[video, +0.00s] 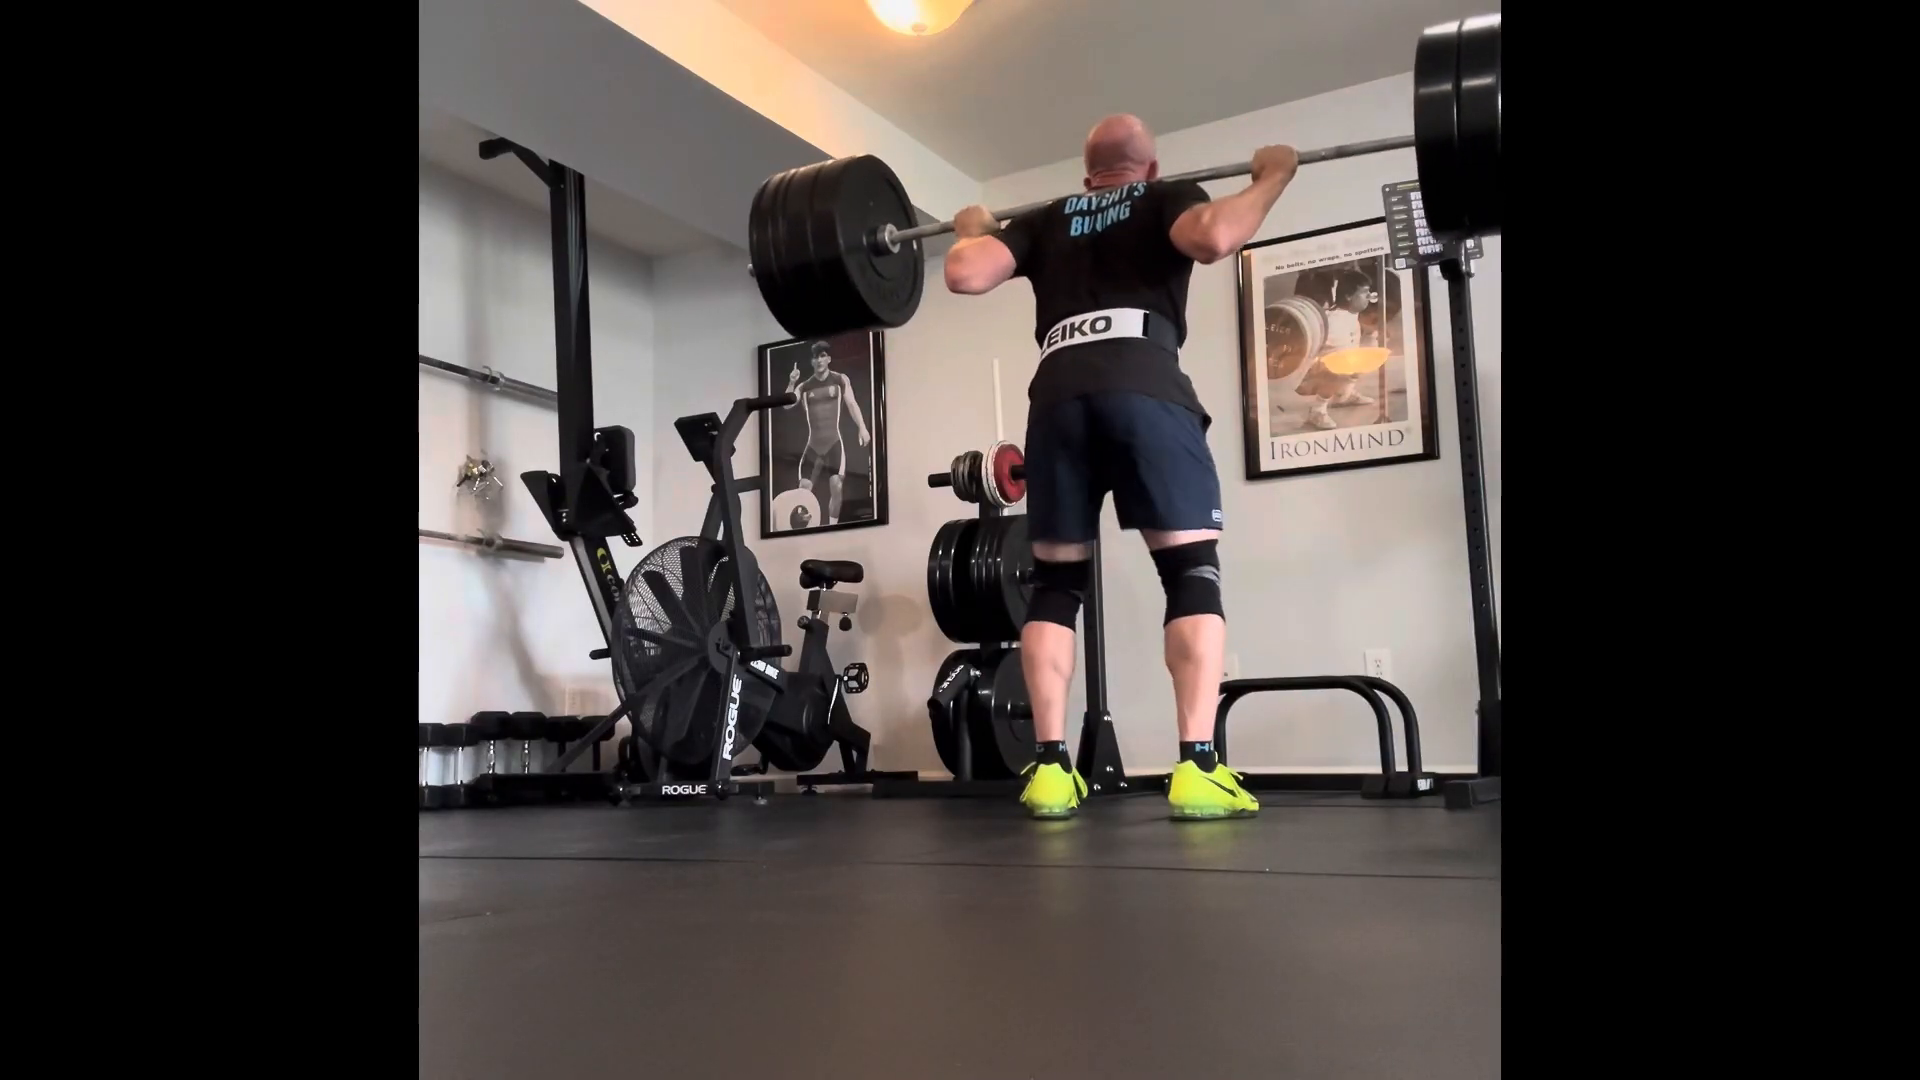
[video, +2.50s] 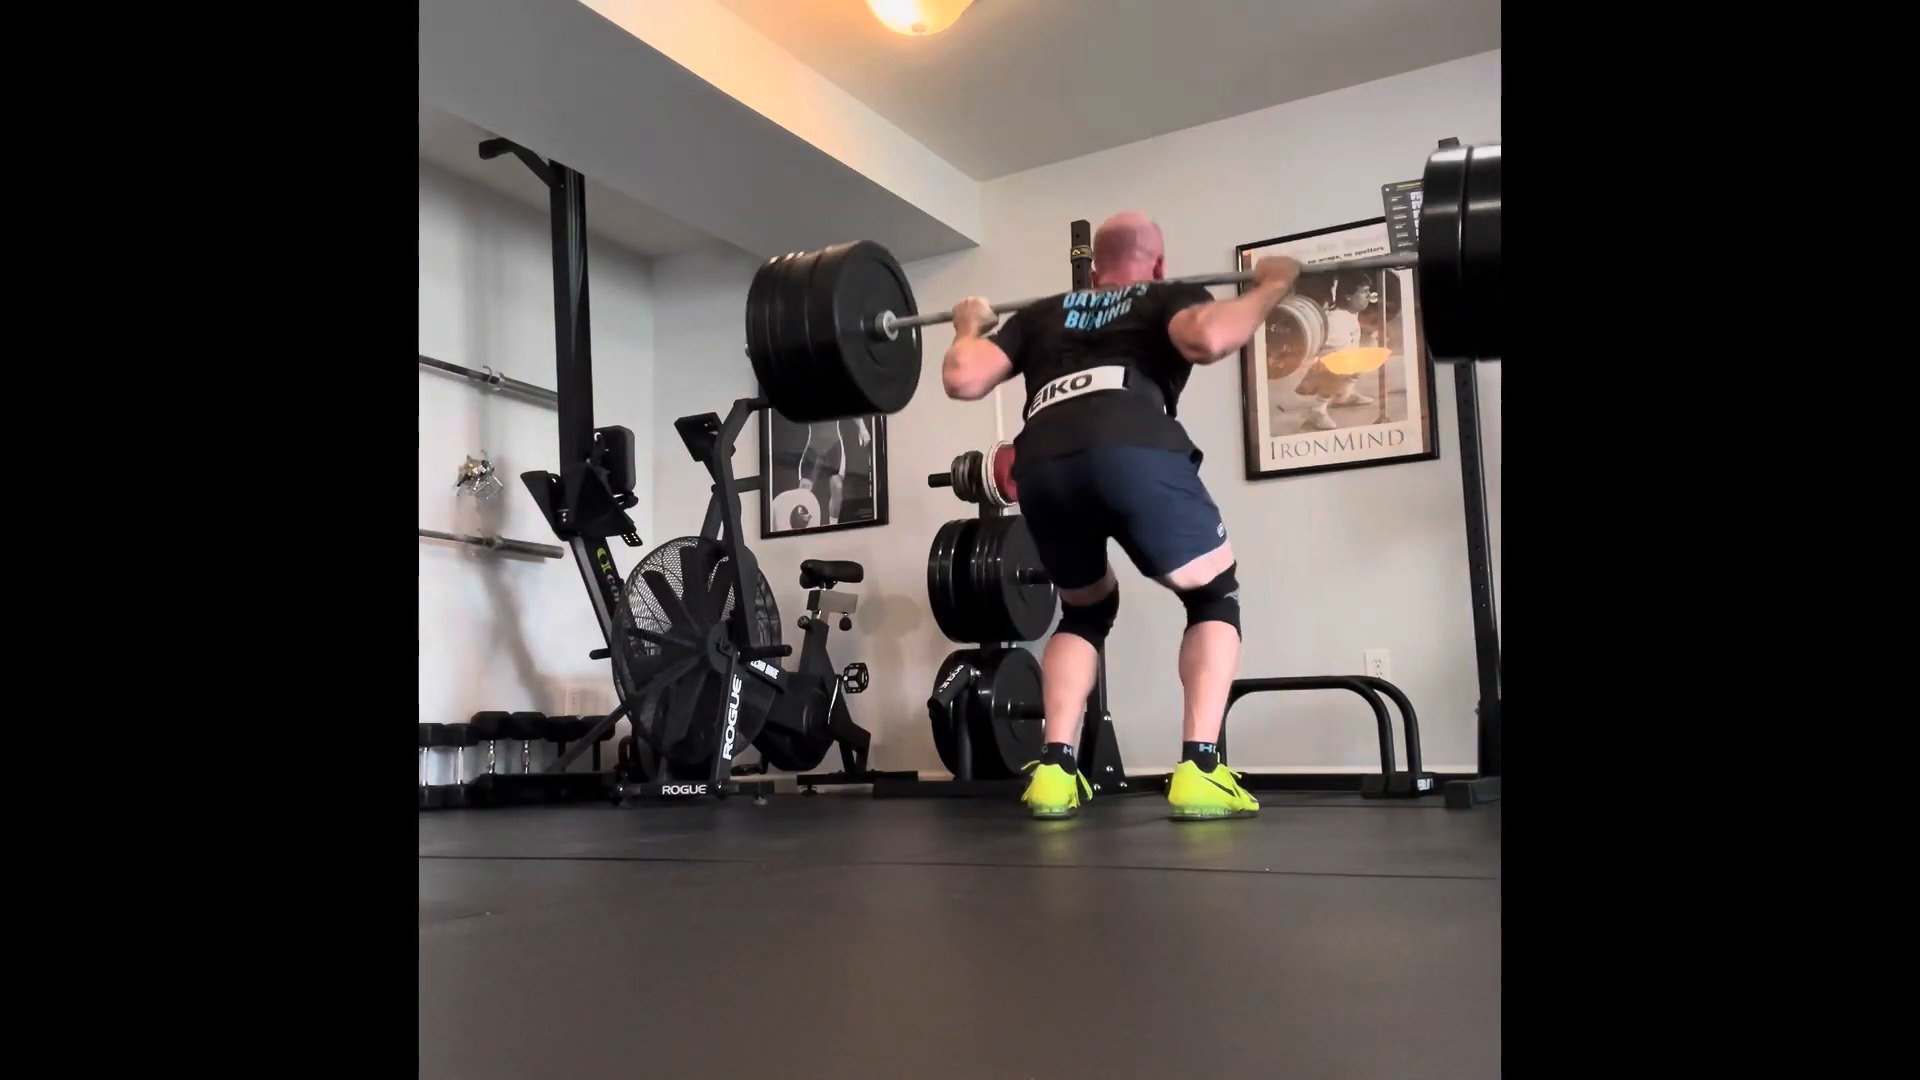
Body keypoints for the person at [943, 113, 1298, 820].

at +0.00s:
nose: (1143, 170)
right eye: (1149, 161)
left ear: (1084, 169)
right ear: (1151, 167)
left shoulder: (1043, 220)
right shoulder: (1164, 198)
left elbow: (963, 273)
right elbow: (1214, 235)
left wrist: (972, 227)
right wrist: (1270, 177)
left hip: (1056, 397)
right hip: (1147, 390)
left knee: (1055, 585)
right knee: (1190, 578)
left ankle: (1051, 764)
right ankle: (1198, 763)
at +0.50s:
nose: (1152, 264)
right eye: (1152, 256)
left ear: (1083, 263)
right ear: (1152, 262)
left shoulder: (1040, 313)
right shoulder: (1165, 291)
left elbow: (957, 374)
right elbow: (1214, 336)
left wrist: (967, 324)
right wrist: (1268, 280)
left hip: (1045, 460)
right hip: (1138, 449)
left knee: (1056, 616)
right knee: (1226, 603)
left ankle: (1050, 766)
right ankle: (1201, 766)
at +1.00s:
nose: (1162, 356)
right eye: (1161, 350)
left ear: (1094, 358)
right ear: (1157, 355)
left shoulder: (1040, 404)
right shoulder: (1171, 387)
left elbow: (960, 477)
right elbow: (1218, 438)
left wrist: (969, 416)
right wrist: (1279, 380)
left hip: (1035, 541)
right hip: (1132, 529)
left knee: (1055, 632)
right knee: (1235, 615)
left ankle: (1050, 769)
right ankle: (1202, 767)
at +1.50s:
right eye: (1169, 413)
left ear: (1101, 420)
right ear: (1168, 419)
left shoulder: (1047, 463)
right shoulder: (1181, 450)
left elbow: (965, 539)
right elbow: (1227, 507)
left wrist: (975, 474)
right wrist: (1289, 447)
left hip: (1042, 615)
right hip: (1143, 604)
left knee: (1042, 637)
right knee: (1247, 614)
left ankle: (1052, 767)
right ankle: (1203, 767)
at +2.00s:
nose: (1166, 388)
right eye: (1166, 382)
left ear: (1103, 388)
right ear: (1162, 387)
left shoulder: (1046, 426)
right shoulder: (1176, 413)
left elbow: (961, 494)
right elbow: (1218, 455)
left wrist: (972, 441)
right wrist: (1282, 410)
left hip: (1028, 552)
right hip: (1128, 543)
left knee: (1068, 630)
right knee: (1216, 610)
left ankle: (1055, 769)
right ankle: (1199, 768)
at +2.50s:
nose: (1158, 267)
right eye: (1158, 260)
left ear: (1092, 265)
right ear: (1157, 264)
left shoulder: (1041, 313)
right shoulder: (1168, 294)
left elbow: (960, 380)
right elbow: (1209, 338)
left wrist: (967, 328)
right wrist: (1270, 288)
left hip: (1041, 464)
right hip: (1134, 447)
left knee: (1085, 607)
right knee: (1212, 596)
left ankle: (1056, 765)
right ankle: (1201, 766)